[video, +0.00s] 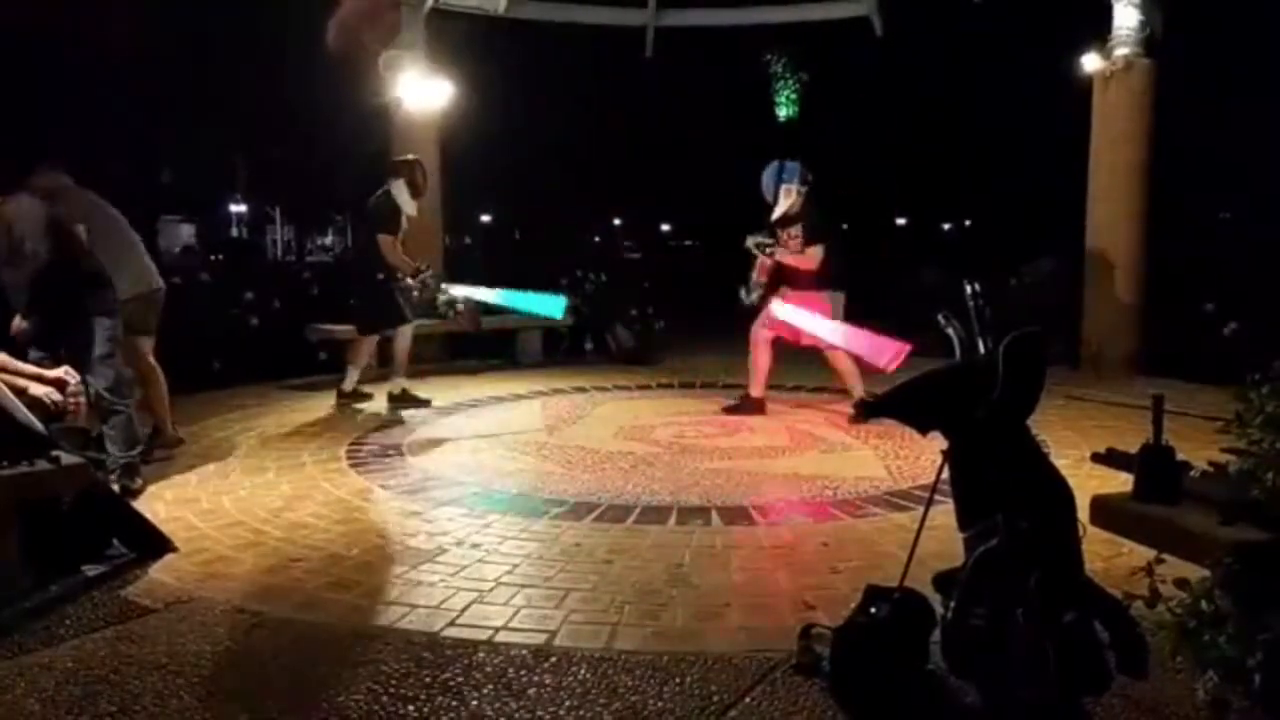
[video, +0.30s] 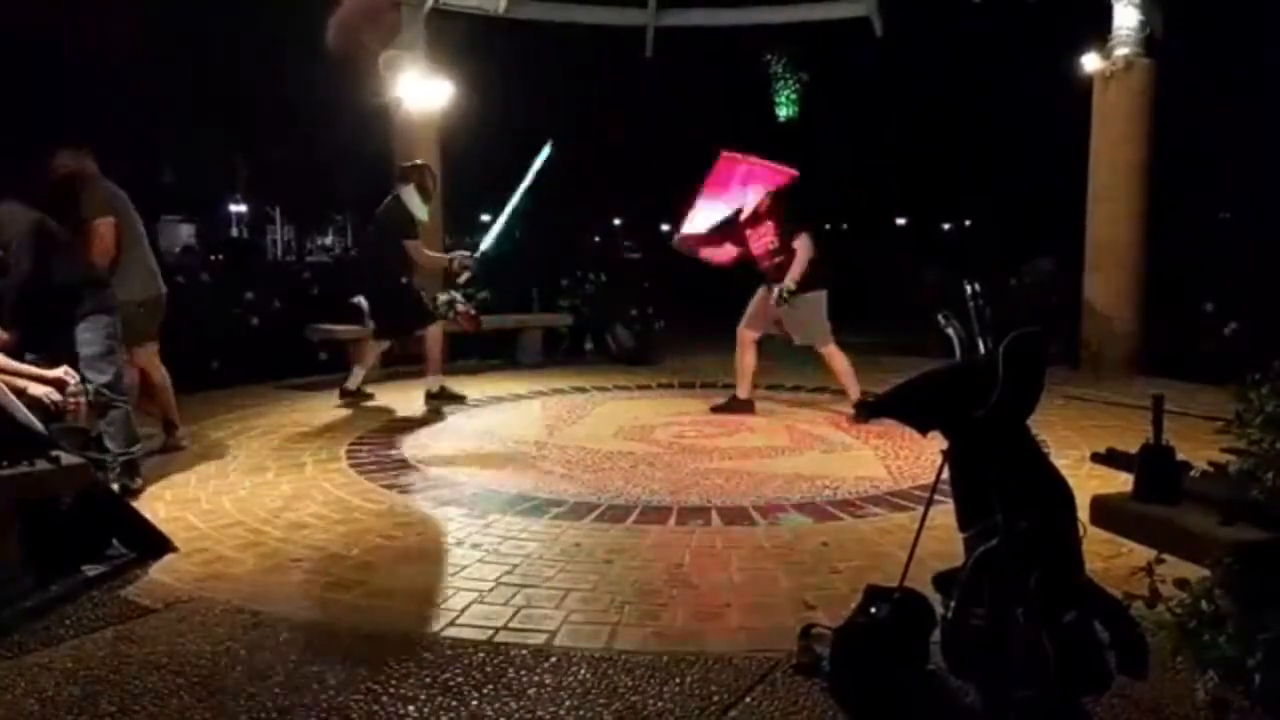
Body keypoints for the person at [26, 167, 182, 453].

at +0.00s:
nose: (39, 201)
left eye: (40, 194)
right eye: (38, 195)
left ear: (47, 190)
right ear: (65, 182)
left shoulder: (66, 205)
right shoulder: (86, 199)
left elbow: (75, 254)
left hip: (131, 290)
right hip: (149, 284)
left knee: (141, 360)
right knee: (142, 360)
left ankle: (166, 429)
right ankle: (163, 427)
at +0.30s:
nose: (61, 180)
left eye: (62, 173)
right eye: (60, 173)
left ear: (72, 172)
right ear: (89, 165)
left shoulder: (98, 193)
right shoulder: (108, 191)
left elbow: (104, 247)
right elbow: (107, 246)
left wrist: (89, 282)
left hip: (137, 291)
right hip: (140, 289)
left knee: (147, 358)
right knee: (127, 362)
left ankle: (173, 428)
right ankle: (119, 430)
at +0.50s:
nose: (90, 163)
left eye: (95, 156)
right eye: (85, 158)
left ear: (110, 156)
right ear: (81, 161)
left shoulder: (128, 192)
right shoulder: (96, 197)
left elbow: (137, 243)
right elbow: (100, 245)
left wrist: (115, 285)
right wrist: (96, 283)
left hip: (145, 283)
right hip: (114, 287)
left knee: (155, 356)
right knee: (121, 358)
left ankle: (174, 425)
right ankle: (121, 430)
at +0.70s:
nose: (109, 161)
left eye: (114, 153)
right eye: (104, 155)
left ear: (129, 153)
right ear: (97, 157)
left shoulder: (147, 194)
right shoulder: (100, 198)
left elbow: (163, 238)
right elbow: (95, 248)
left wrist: (159, 280)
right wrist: (91, 285)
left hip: (151, 293)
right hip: (117, 295)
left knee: (163, 358)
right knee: (122, 362)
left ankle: (175, 423)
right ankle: (121, 429)